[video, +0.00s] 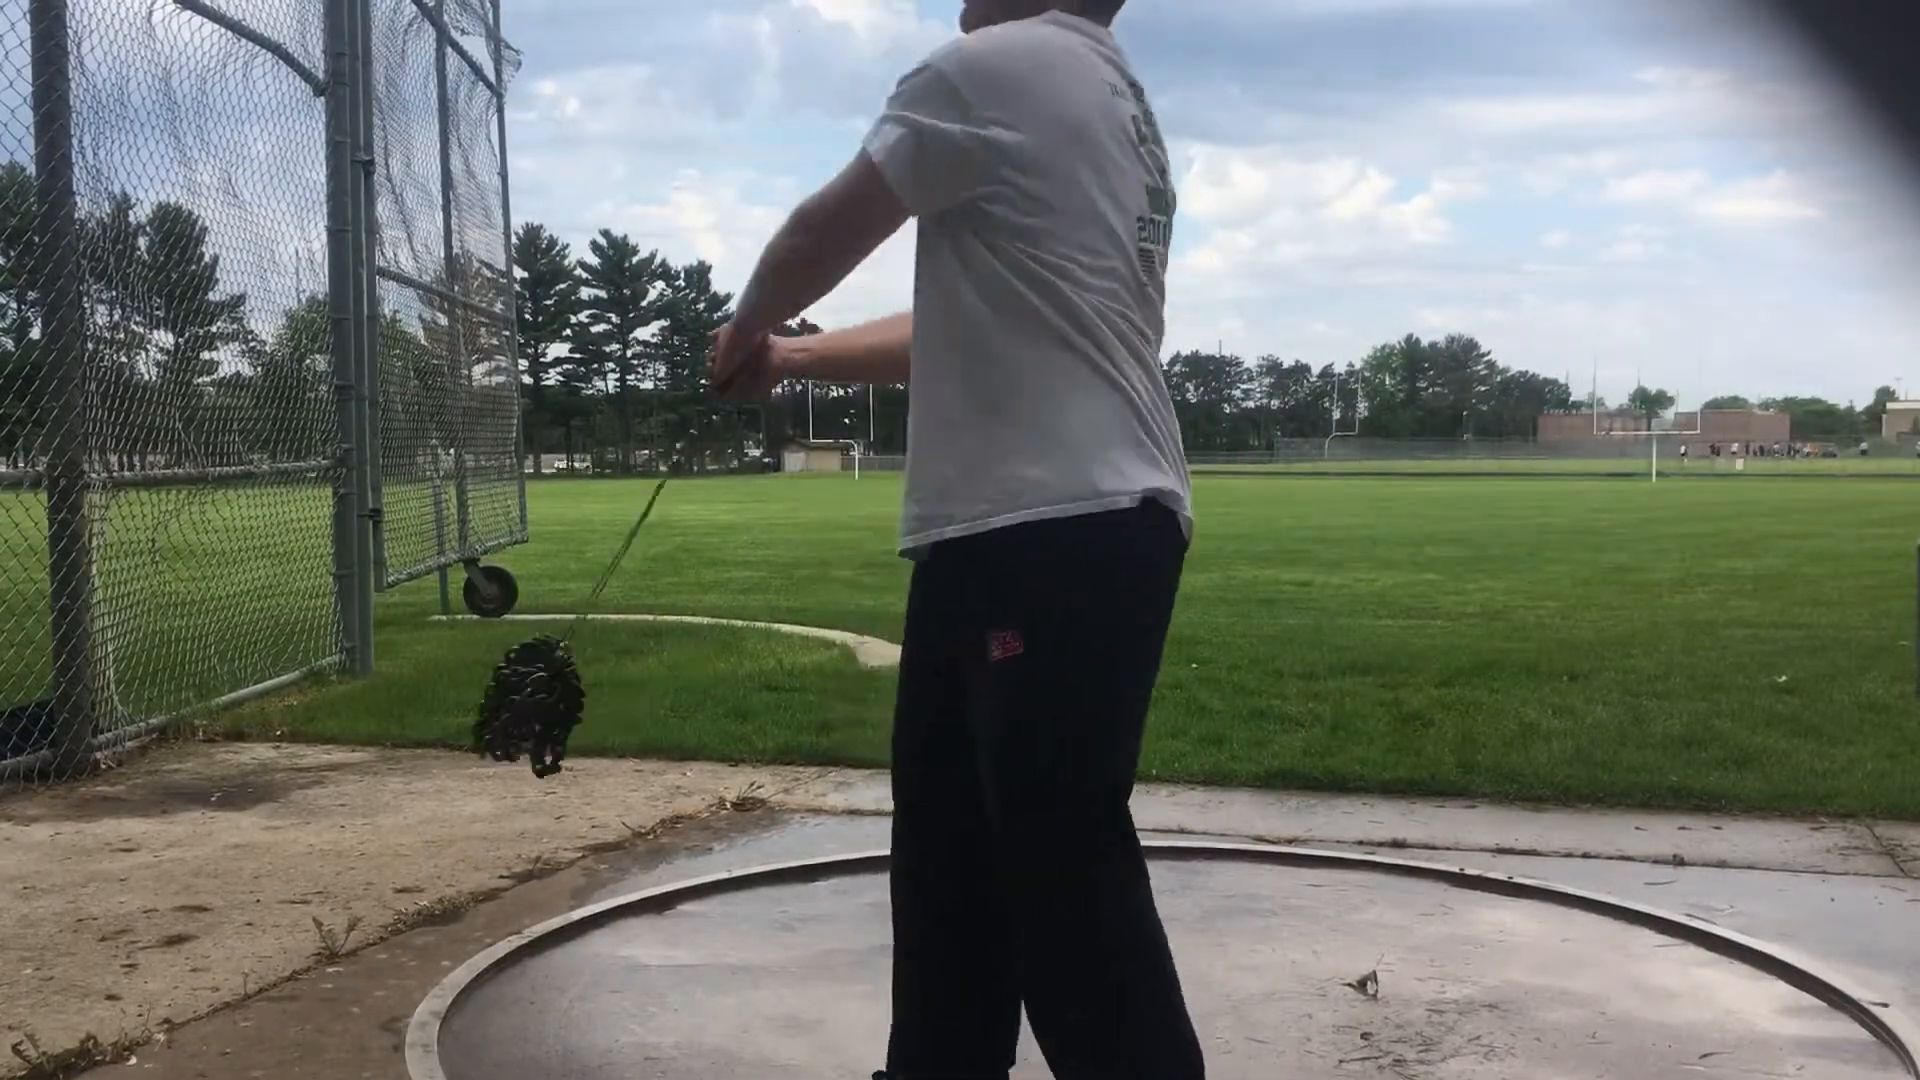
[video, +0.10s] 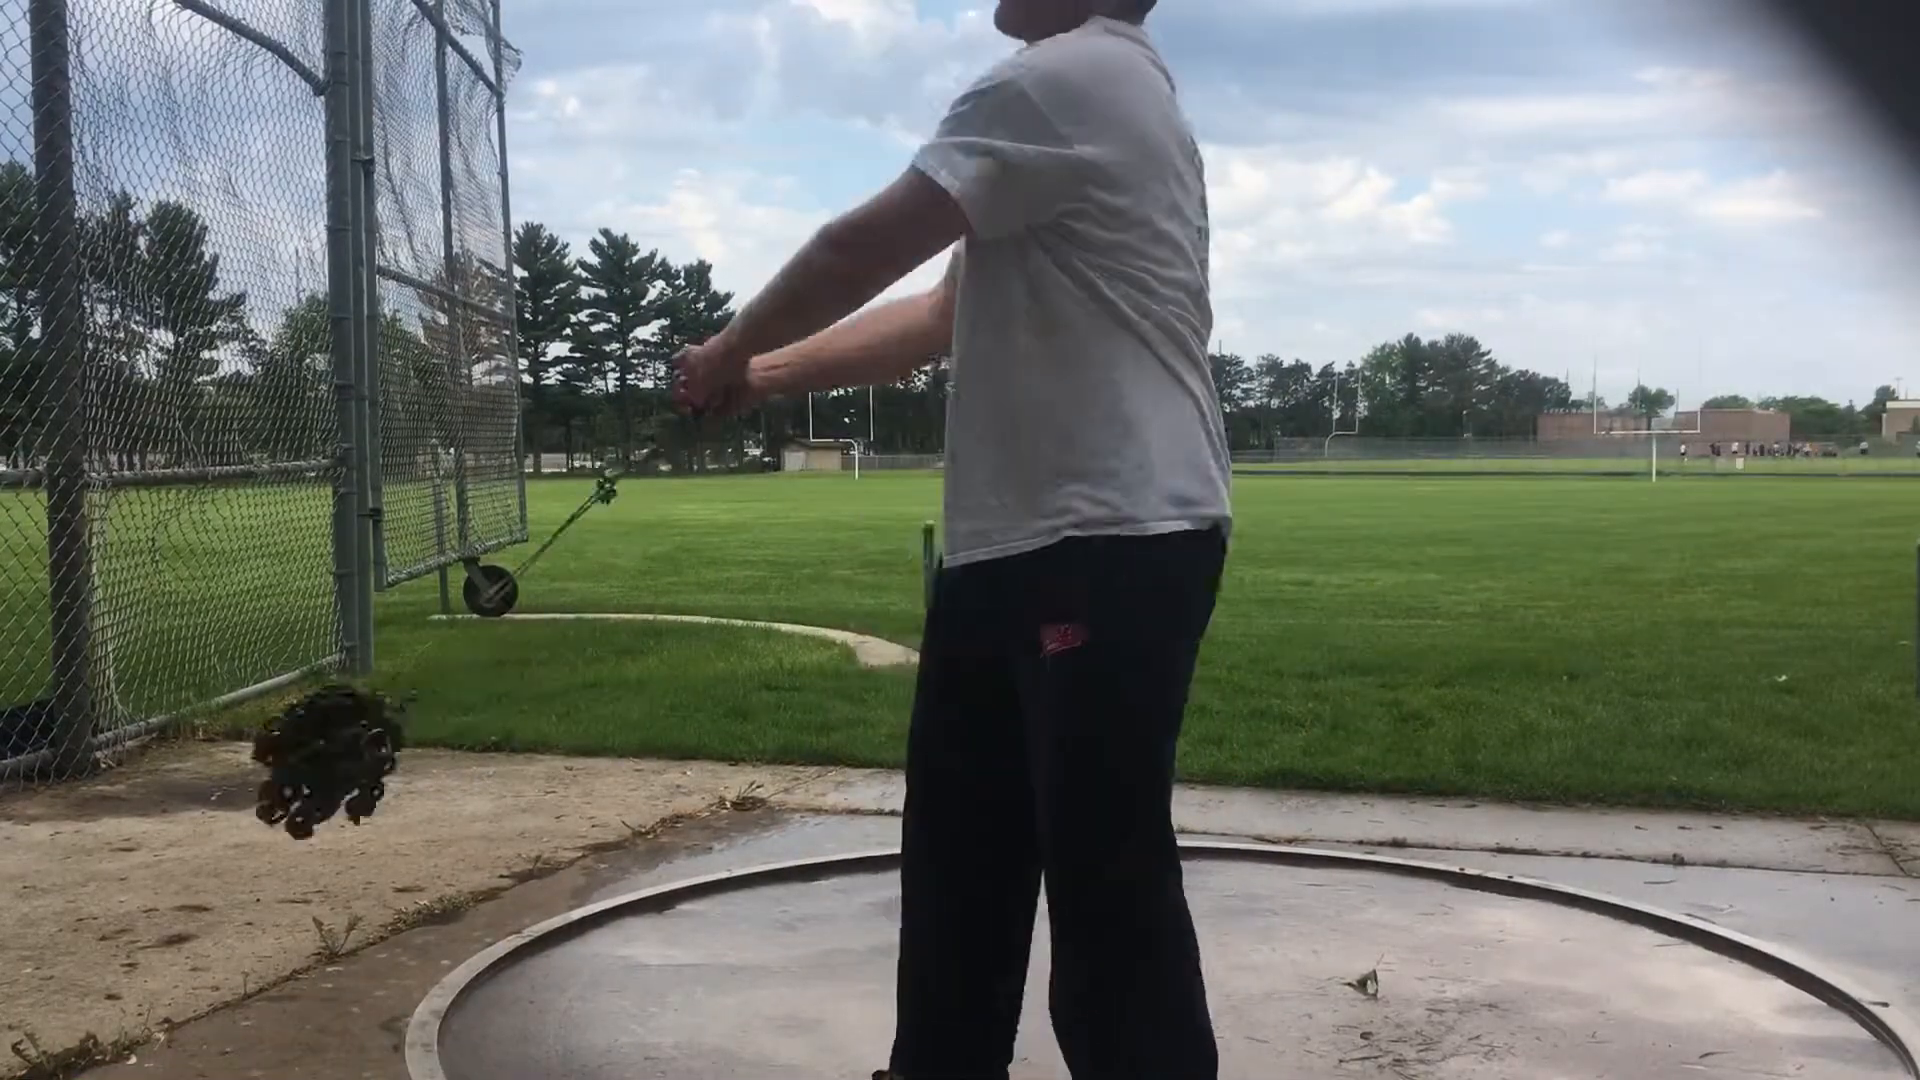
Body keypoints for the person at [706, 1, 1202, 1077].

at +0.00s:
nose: (960, 13)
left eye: (970, 3)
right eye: (965, 6)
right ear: (1087, 7)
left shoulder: (990, 66)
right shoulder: (1117, 110)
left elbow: (814, 241)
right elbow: (980, 324)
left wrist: (750, 329)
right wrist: (788, 352)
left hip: (1041, 523)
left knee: (1061, 862)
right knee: (947, 859)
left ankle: (1141, 1064)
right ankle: (940, 1064)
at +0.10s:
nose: (997, 3)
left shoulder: (1071, 74)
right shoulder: (1091, 104)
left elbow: (855, 245)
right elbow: (933, 319)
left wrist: (729, 346)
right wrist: (757, 372)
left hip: (1110, 528)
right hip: (1005, 540)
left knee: (1108, 879)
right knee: (959, 867)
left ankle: (1149, 1066)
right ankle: (942, 1065)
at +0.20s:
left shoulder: (1141, 85)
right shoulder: (1087, 108)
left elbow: (916, 259)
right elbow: (930, 304)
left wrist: (742, 352)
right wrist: (756, 374)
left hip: (1158, 534)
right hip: (1023, 543)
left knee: (1147, 890)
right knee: (959, 879)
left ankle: (1166, 1073)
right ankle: (939, 1067)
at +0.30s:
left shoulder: (1202, 96)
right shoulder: (1054, 109)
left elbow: (981, 260)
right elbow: (933, 254)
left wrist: (777, 355)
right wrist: (796, 337)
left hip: (1183, 522)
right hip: (1028, 519)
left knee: (1178, 844)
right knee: (940, 785)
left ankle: (1175, 1070)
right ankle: (925, 1055)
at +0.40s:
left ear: (1224, 1)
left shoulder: (1248, 116)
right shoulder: (1045, 109)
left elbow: (1078, 263)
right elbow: (929, 239)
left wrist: (839, 347)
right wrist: (805, 325)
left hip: (1182, 526)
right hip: (1014, 511)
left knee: (1178, 856)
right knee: (885, 738)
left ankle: (1181, 1070)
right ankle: (902, 1025)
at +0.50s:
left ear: (1234, 8)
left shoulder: (1247, 145)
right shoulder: (1031, 106)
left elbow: (1121, 293)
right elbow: (918, 212)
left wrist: (903, 339)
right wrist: (834, 302)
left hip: (1160, 540)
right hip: (987, 516)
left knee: (1160, 872)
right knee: (849, 770)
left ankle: (1179, 1072)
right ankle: (842, 1056)